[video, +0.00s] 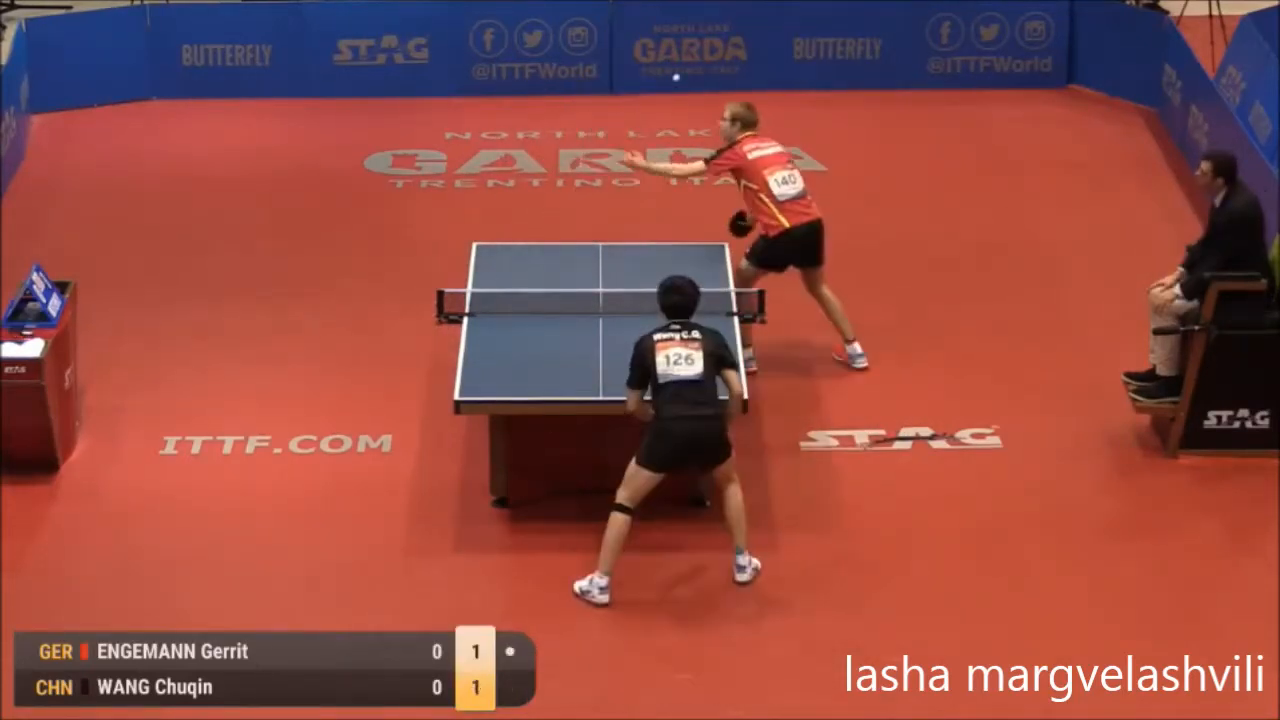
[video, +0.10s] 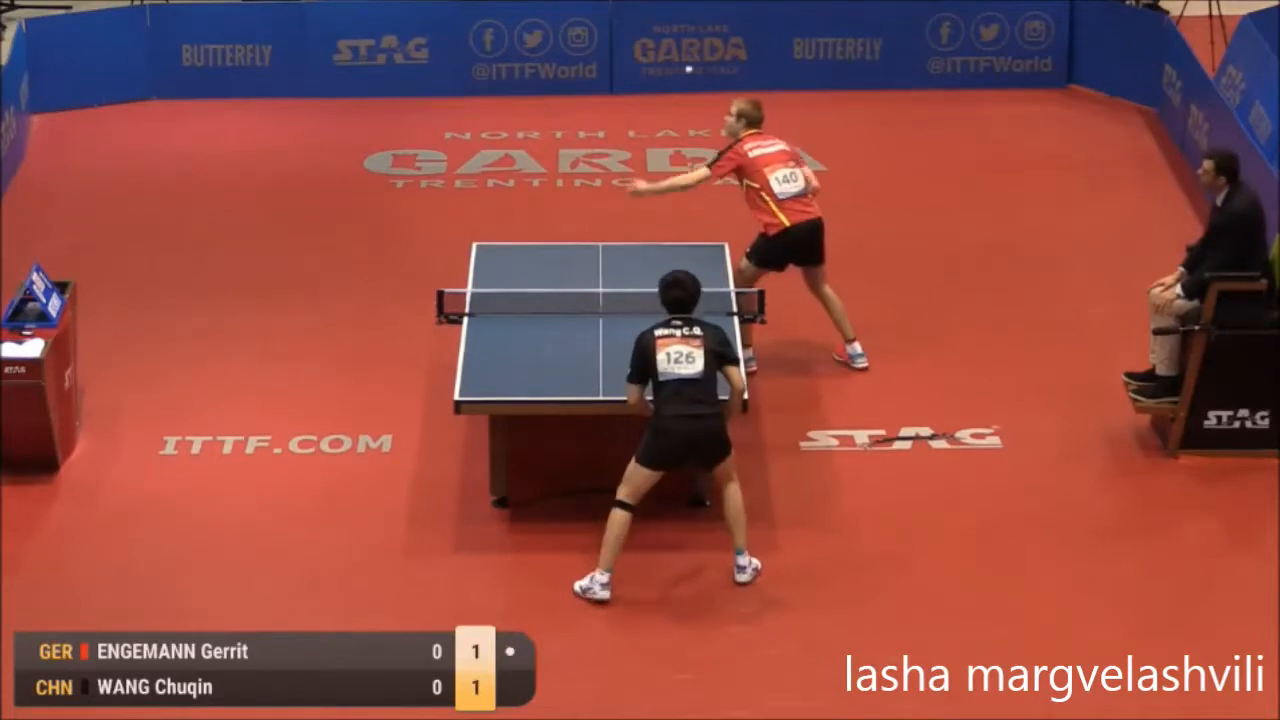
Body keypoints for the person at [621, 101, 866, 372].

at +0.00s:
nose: (719, 126)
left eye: (723, 121)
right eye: (721, 120)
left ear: (737, 126)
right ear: (749, 126)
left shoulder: (735, 152)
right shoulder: (771, 143)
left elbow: (685, 171)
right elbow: (778, 185)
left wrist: (645, 165)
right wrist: (753, 215)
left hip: (779, 234)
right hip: (812, 226)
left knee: (741, 280)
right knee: (817, 286)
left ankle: (745, 353)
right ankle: (855, 348)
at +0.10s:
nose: (724, 121)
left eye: (729, 116)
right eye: (727, 115)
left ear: (742, 123)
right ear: (755, 123)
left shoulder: (738, 151)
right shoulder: (779, 143)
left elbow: (692, 180)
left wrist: (648, 187)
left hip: (780, 232)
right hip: (813, 225)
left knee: (741, 282)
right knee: (820, 285)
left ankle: (746, 354)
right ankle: (855, 348)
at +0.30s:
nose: (730, 121)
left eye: (735, 117)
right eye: (733, 116)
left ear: (746, 125)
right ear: (759, 125)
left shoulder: (740, 156)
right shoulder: (783, 144)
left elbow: (728, 201)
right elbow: (827, 166)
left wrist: (708, 241)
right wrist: (854, 177)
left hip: (785, 230)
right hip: (818, 222)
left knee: (741, 282)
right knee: (823, 284)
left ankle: (744, 352)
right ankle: (855, 348)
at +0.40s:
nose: (726, 137)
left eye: (729, 133)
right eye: (727, 132)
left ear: (739, 138)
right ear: (757, 138)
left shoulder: (741, 169)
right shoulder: (780, 151)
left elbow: (747, 208)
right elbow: (826, 156)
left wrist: (748, 250)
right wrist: (820, 144)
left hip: (791, 236)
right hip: (822, 228)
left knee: (738, 276)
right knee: (818, 288)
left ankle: (753, 347)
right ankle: (853, 349)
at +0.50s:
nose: (717, 160)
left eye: (718, 155)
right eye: (717, 155)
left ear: (728, 155)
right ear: (745, 150)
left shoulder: (740, 181)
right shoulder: (773, 156)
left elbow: (753, 213)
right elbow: (800, 135)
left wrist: (763, 253)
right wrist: (793, 136)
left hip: (791, 246)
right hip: (821, 237)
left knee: (737, 274)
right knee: (809, 293)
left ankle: (765, 344)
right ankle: (851, 349)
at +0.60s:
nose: (692, 194)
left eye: (692, 188)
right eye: (689, 189)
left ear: (707, 181)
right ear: (709, 177)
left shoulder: (730, 194)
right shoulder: (734, 165)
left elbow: (767, 213)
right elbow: (737, 149)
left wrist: (788, 251)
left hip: (789, 244)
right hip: (810, 234)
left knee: (739, 284)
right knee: (791, 297)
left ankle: (761, 357)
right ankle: (842, 342)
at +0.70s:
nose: (688, 196)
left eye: (690, 189)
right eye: (684, 191)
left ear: (703, 179)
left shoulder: (729, 190)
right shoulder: (718, 170)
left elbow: (775, 197)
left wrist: (805, 228)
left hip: (780, 237)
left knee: (737, 289)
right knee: (766, 298)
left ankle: (762, 358)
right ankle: (822, 322)